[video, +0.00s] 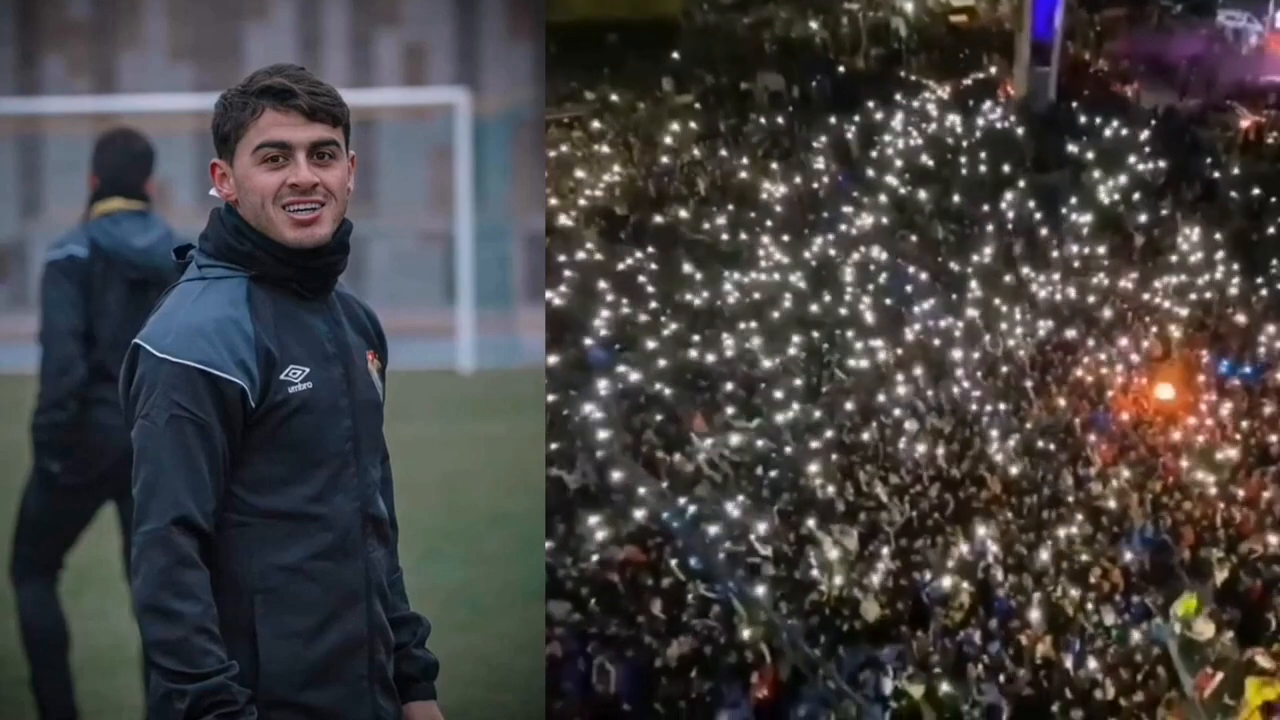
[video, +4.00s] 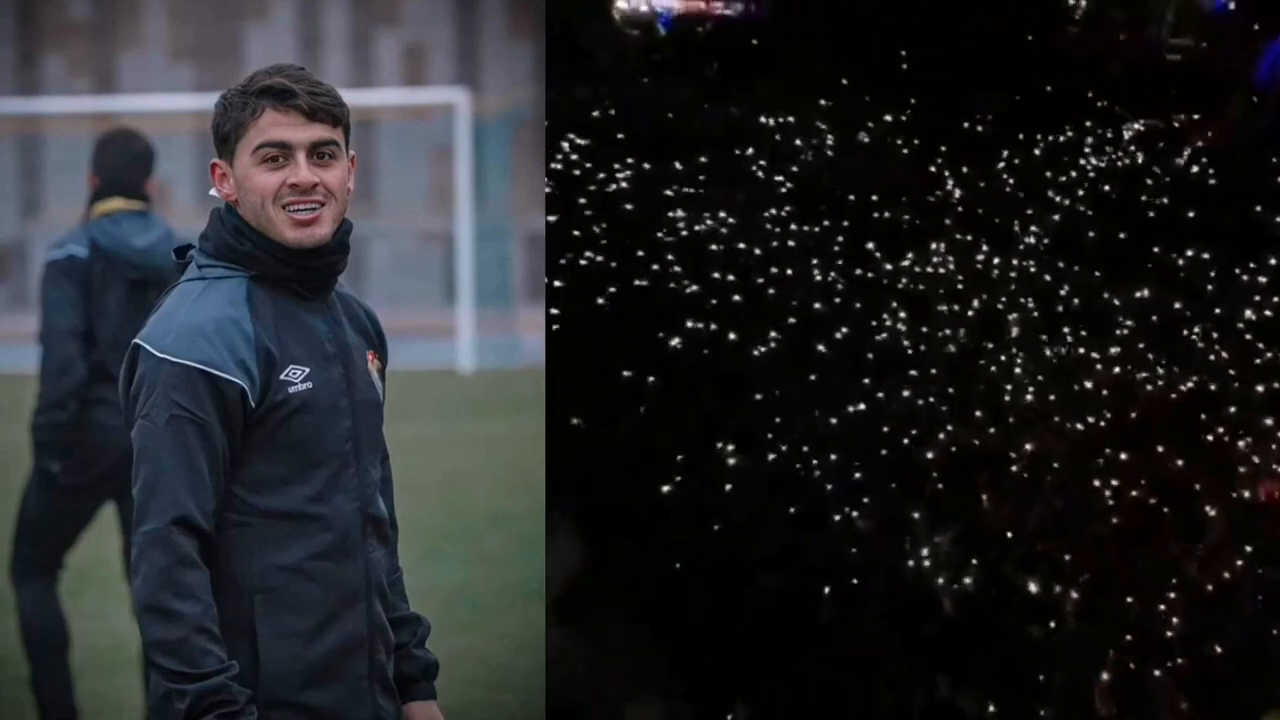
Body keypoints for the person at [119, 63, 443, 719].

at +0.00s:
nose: (305, 178)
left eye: (322, 155)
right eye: (274, 158)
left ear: (349, 171)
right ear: (226, 182)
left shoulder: (356, 323)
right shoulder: (195, 334)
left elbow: (372, 525)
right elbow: (164, 550)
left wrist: (414, 684)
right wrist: (213, 705)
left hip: (365, 690)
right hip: (260, 691)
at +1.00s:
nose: (304, 178)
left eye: (322, 155)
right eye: (274, 158)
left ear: (350, 171)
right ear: (226, 182)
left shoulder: (356, 323)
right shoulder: (195, 334)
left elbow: (372, 525)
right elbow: (164, 550)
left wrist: (414, 685)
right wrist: (213, 705)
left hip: (365, 690)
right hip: (259, 691)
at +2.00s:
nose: (304, 179)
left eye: (322, 155)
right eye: (274, 158)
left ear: (350, 171)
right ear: (226, 182)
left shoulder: (356, 323)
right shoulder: (195, 334)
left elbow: (372, 525)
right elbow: (164, 550)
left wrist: (414, 684)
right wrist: (213, 705)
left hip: (365, 690)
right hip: (259, 691)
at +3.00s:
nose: (305, 178)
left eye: (322, 155)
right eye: (274, 158)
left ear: (349, 171)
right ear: (226, 182)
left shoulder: (356, 323)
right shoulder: (195, 334)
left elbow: (372, 525)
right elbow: (164, 550)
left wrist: (414, 684)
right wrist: (213, 705)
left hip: (365, 690)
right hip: (260, 691)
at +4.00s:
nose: (305, 178)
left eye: (322, 155)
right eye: (274, 158)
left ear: (349, 171)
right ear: (226, 182)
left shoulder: (356, 323)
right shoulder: (195, 334)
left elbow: (372, 525)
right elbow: (164, 550)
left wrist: (414, 684)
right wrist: (213, 705)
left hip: (365, 690)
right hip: (260, 691)